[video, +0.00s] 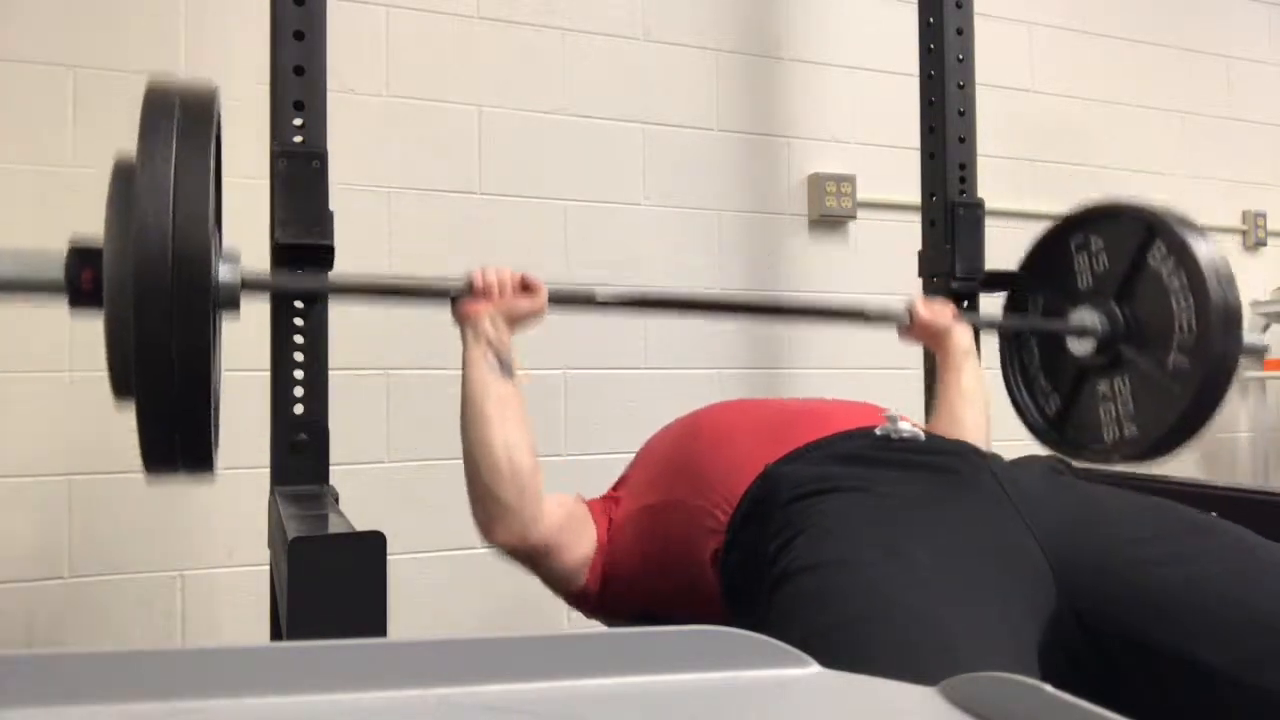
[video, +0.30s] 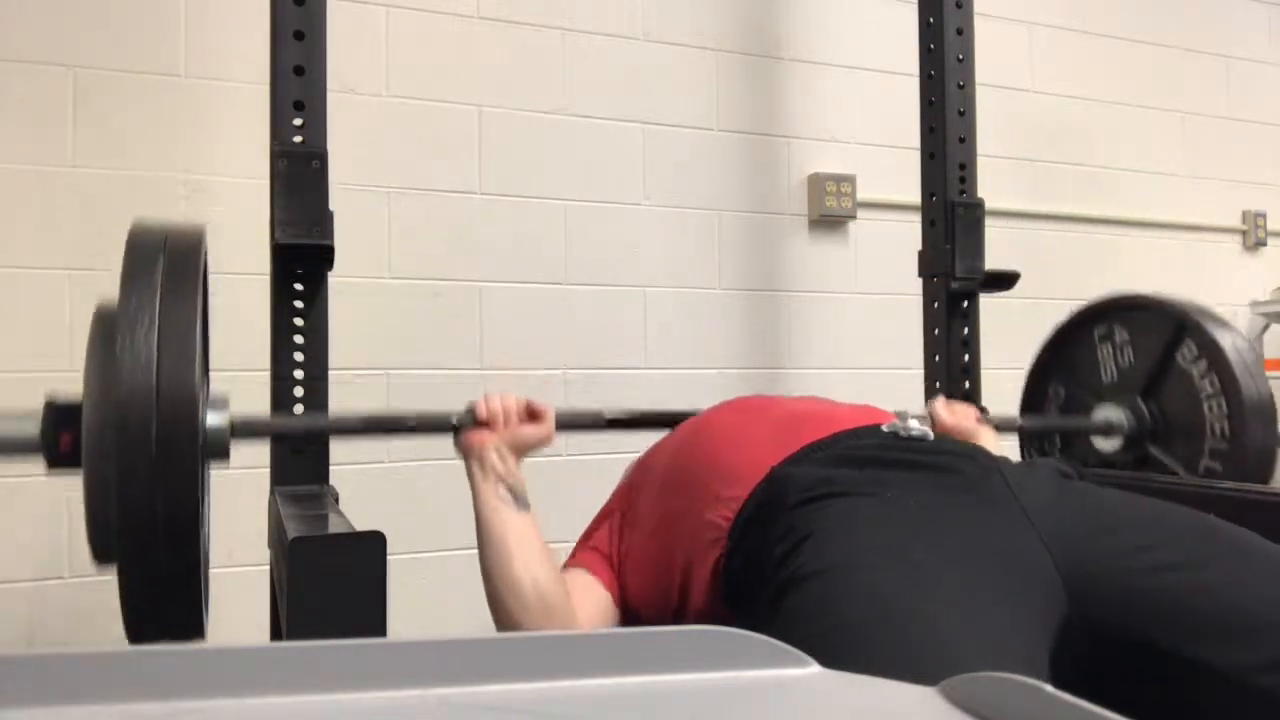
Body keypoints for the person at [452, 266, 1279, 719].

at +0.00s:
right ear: (649, 492)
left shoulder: (862, 437)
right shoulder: (622, 539)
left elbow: (965, 470)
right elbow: (512, 516)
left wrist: (954, 348)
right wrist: (484, 345)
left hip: (1031, 487)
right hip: (846, 506)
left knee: (1272, 614)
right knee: (937, 687)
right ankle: (977, 701)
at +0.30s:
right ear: (647, 480)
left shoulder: (863, 421)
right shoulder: (624, 527)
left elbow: (1009, 508)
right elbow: (551, 632)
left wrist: (975, 444)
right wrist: (494, 480)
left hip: (1020, 485)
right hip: (852, 504)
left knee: (1273, 605)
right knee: (945, 690)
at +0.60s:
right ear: (652, 497)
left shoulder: (888, 435)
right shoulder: (630, 529)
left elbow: (991, 489)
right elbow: (541, 573)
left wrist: (981, 384)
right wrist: (490, 407)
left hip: (1033, 489)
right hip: (856, 509)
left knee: (1272, 623)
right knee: (933, 701)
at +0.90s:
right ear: (629, 498)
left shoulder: (856, 435)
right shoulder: (612, 538)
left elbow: (938, 429)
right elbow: (521, 470)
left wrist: (954, 297)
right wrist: (479, 300)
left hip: (1026, 485)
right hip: (842, 504)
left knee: (1275, 614)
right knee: (940, 699)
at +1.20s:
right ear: (666, 490)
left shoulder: (893, 435)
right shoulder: (641, 531)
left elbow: (992, 491)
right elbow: (526, 574)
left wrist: (972, 387)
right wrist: (485, 404)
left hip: (1024, 486)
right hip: (850, 508)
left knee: (1274, 624)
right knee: (936, 696)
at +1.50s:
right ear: (645, 481)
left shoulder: (857, 422)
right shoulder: (621, 532)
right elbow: (553, 633)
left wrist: (985, 459)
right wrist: (492, 496)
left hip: (1031, 487)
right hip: (853, 502)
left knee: (1270, 604)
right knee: (935, 685)